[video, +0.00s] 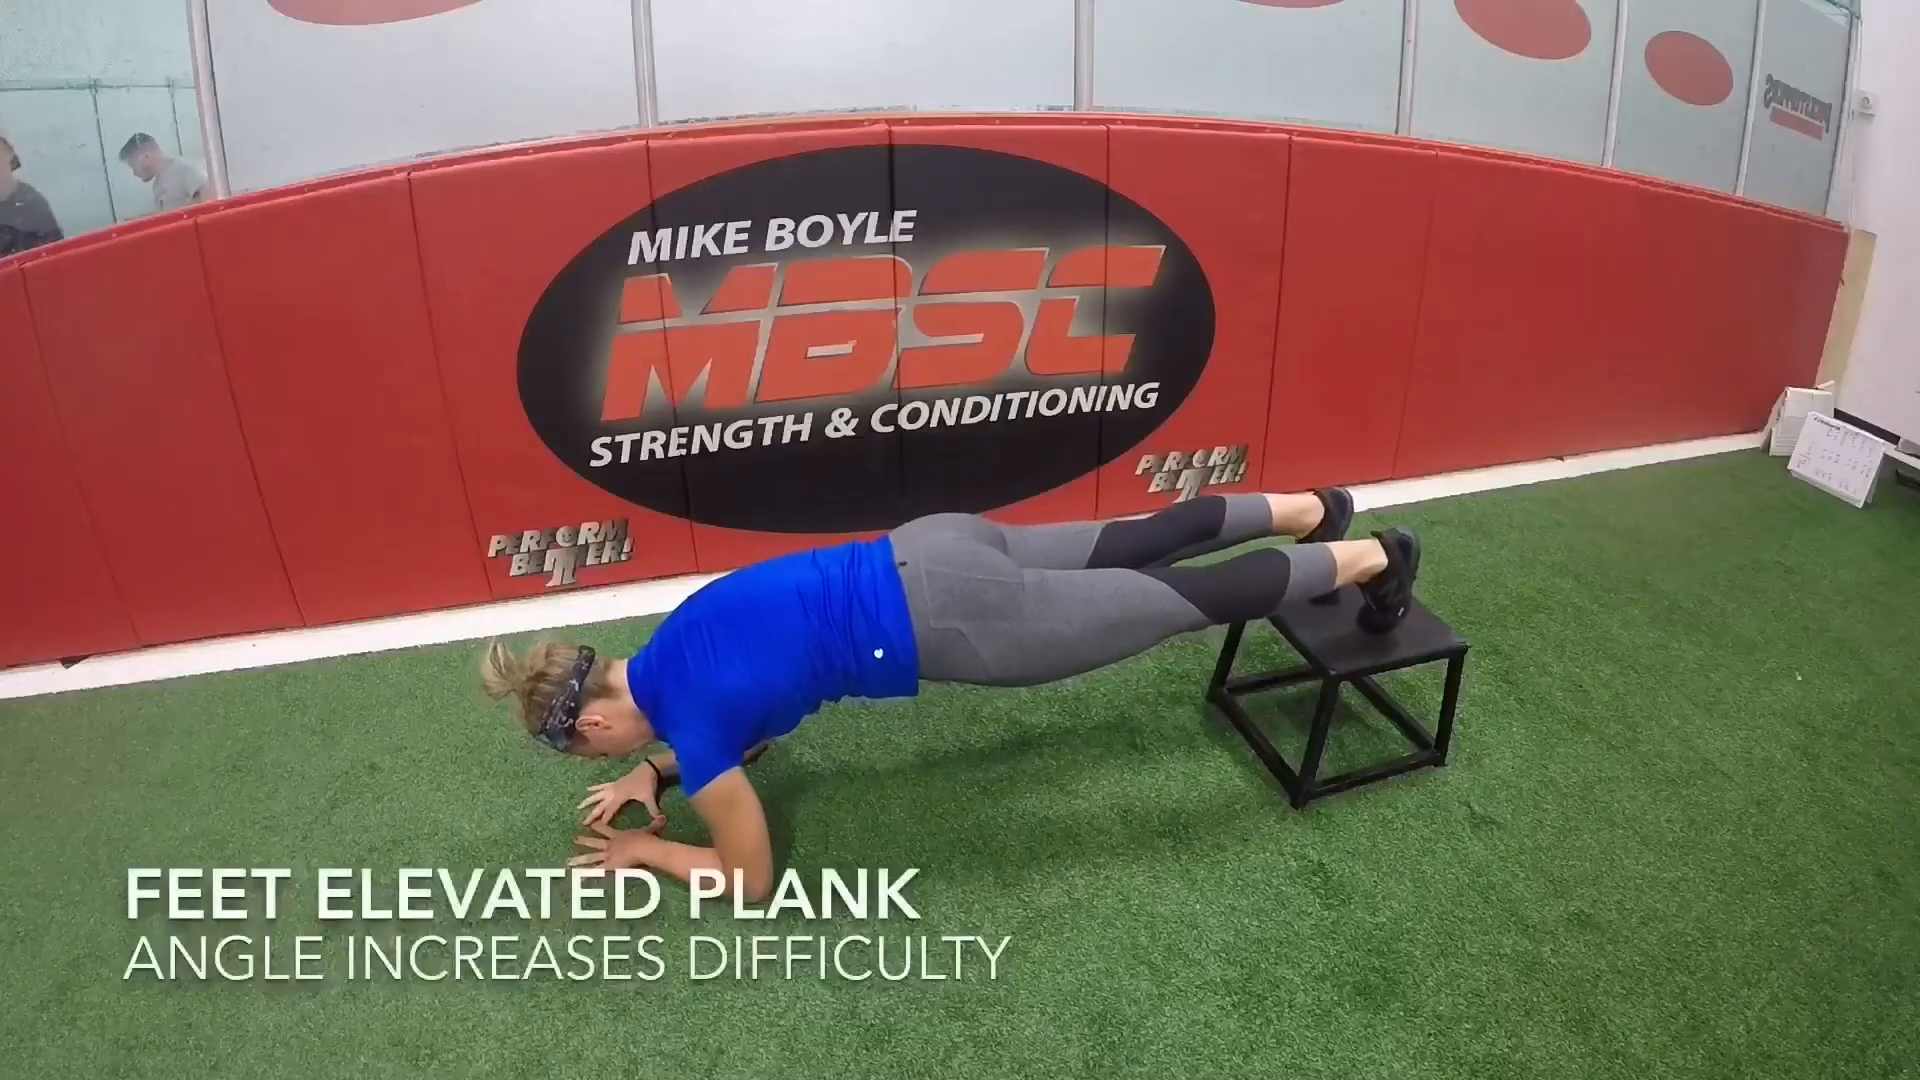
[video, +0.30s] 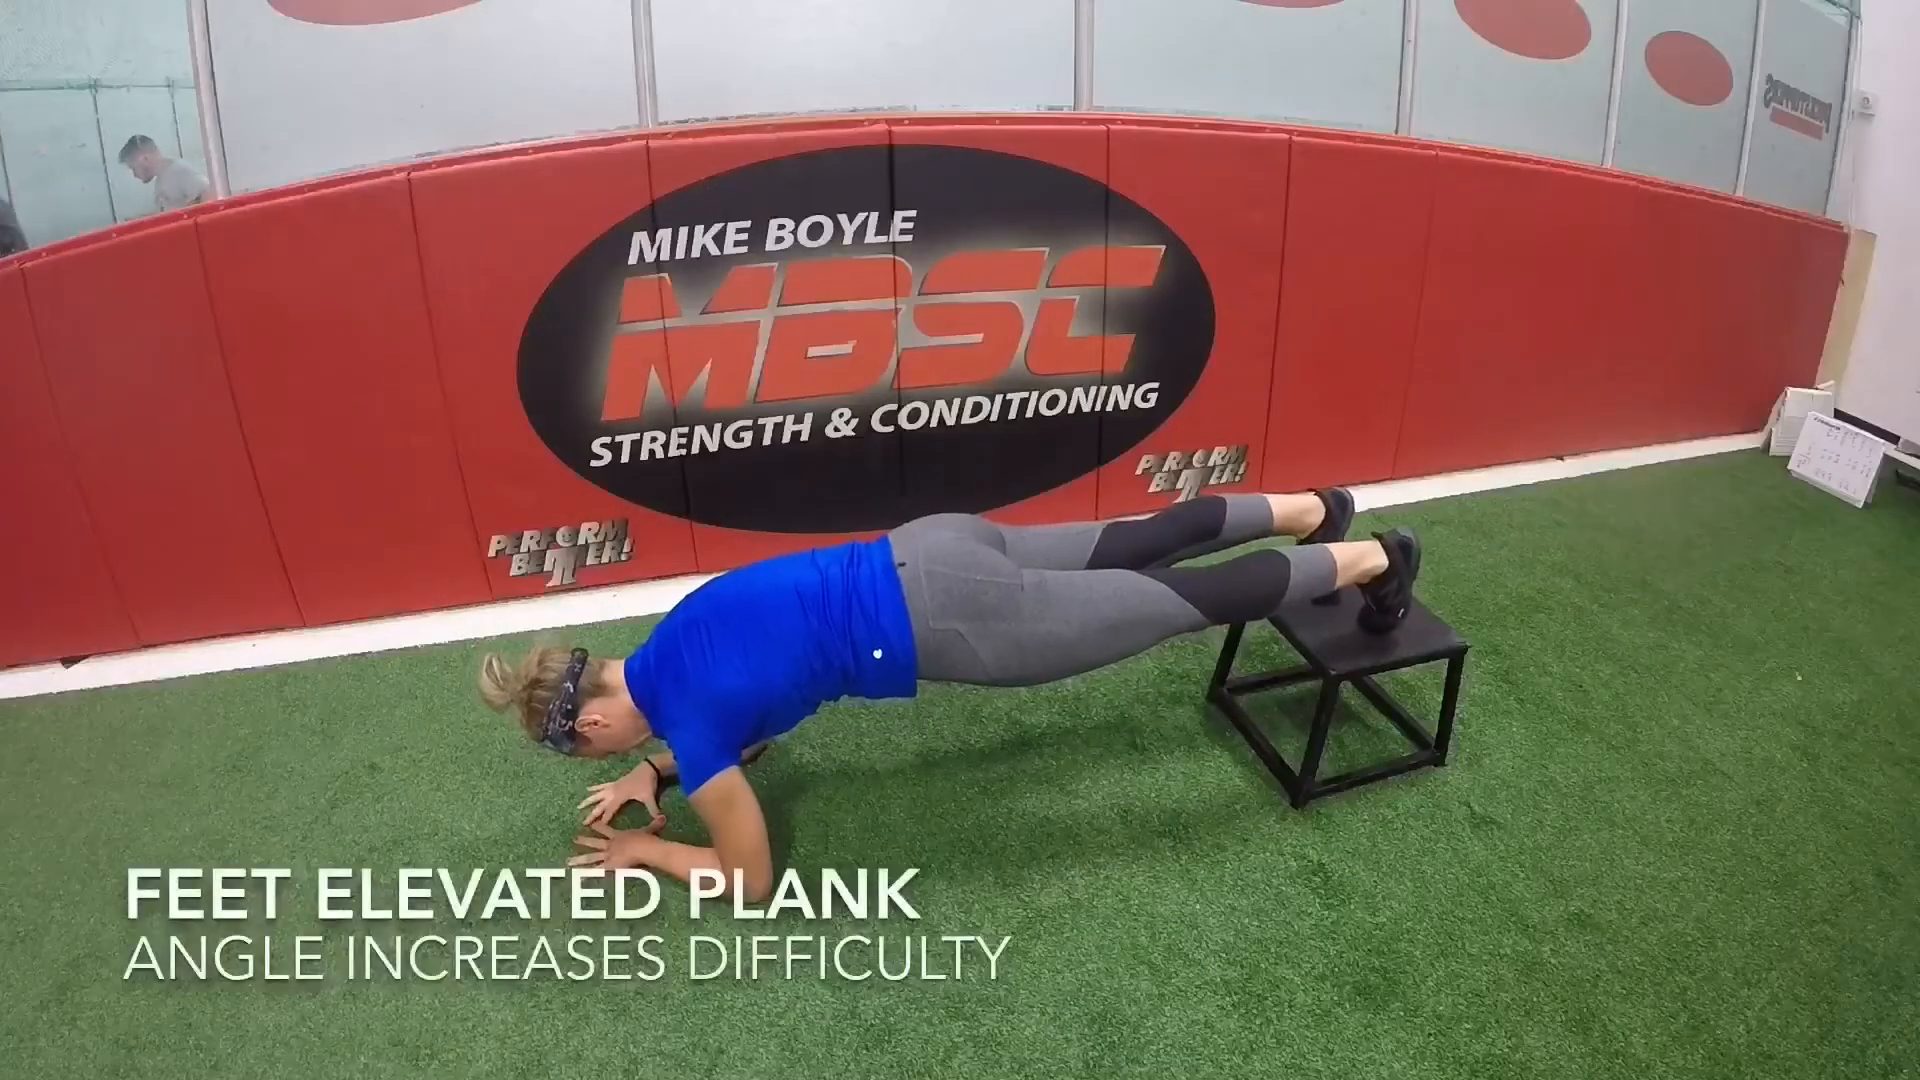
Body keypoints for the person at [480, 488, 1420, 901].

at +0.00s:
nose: (606, 753)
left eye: (590, 743)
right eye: (594, 746)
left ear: (602, 711)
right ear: (601, 674)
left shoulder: (692, 722)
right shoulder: (672, 633)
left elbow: (747, 879)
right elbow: (743, 744)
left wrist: (645, 854)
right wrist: (658, 798)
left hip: (939, 623)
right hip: (923, 538)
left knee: (1171, 605)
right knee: (1114, 543)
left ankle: (1344, 562)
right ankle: (1270, 507)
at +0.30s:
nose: (606, 751)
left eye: (591, 742)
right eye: (594, 744)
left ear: (600, 709)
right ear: (598, 668)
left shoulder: (689, 720)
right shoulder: (671, 628)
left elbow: (748, 879)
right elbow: (746, 740)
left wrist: (644, 854)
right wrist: (663, 791)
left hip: (938, 625)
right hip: (923, 539)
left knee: (1170, 606)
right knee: (1120, 543)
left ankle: (1343, 563)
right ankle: (1274, 508)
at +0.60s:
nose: (604, 751)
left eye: (588, 743)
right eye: (592, 744)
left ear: (598, 711)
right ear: (597, 670)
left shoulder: (690, 720)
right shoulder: (670, 629)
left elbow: (748, 879)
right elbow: (748, 739)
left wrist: (645, 851)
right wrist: (662, 790)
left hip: (937, 625)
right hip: (923, 540)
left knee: (1169, 605)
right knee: (1120, 544)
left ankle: (1340, 563)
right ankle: (1278, 509)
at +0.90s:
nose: (607, 752)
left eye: (591, 743)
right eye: (595, 745)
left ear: (600, 710)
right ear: (599, 669)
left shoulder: (690, 719)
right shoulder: (672, 630)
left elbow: (748, 878)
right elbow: (749, 740)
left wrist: (646, 852)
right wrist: (663, 789)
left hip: (937, 626)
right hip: (921, 540)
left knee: (1171, 607)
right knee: (1120, 544)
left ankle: (1342, 564)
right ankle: (1277, 508)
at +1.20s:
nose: (609, 752)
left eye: (593, 743)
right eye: (597, 745)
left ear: (602, 710)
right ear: (601, 670)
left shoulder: (689, 717)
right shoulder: (673, 629)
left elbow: (748, 878)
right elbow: (749, 741)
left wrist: (645, 852)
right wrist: (660, 792)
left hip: (942, 629)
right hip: (921, 540)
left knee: (1176, 607)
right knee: (1119, 544)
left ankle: (1346, 566)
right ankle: (1276, 508)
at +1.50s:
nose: (608, 753)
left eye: (592, 743)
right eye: (596, 745)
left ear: (602, 709)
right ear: (600, 671)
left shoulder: (690, 718)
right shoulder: (673, 630)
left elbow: (747, 878)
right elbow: (748, 742)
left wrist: (644, 852)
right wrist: (660, 793)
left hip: (942, 629)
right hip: (920, 541)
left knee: (1175, 608)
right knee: (1117, 545)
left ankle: (1344, 566)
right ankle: (1270, 508)